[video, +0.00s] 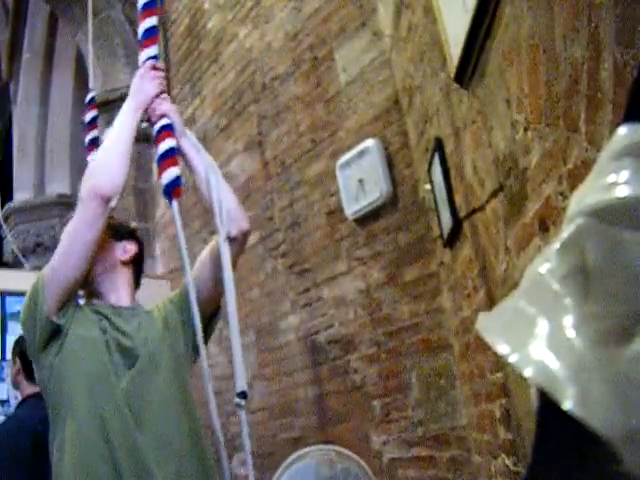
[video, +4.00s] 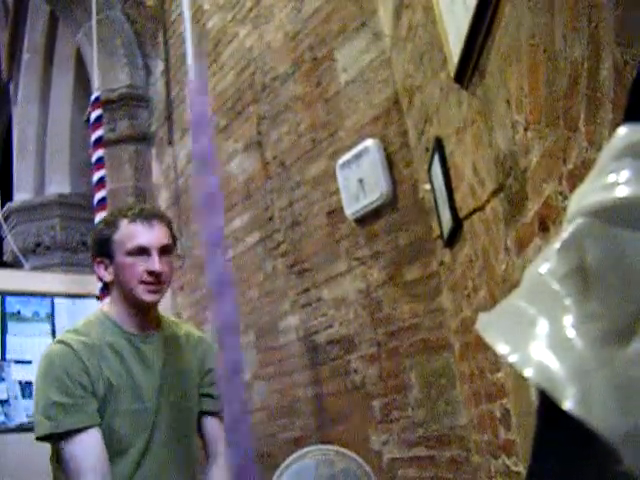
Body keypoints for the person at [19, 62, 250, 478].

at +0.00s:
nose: (84, 247)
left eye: (96, 237)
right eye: (83, 240)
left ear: (127, 250)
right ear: (72, 255)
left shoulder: (171, 322)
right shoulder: (53, 328)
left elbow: (234, 229)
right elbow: (98, 193)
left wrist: (179, 132)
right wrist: (134, 103)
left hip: (184, 470)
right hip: (86, 470)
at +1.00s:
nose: (96, 241)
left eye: (110, 233)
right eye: (96, 233)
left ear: (140, 251)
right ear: (83, 249)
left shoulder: (178, 325)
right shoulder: (61, 325)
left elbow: (240, 231)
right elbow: (107, 194)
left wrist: (189, 136)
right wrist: (144, 104)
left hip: (173, 470)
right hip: (85, 470)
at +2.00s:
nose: (101, 238)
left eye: (115, 230)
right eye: (102, 230)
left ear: (146, 245)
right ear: (88, 246)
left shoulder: (185, 320)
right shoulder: (66, 322)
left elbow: (248, 228)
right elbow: (112, 191)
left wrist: (193, 137)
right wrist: (145, 103)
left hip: (189, 470)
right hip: (92, 470)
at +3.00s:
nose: (153, 243)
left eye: (159, 232)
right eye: (141, 232)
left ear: (167, 243)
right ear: (96, 254)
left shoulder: (179, 332)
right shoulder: (63, 324)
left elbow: (251, 301)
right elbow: (127, 253)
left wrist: (195, 202)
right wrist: (144, 166)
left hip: (182, 471)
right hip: (93, 471)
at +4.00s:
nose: (157, 268)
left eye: (165, 253)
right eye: (139, 254)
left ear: (174, 261)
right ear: (104, 268)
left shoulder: (198, 349)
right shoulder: (69, 358)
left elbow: (222, 456)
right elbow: (92, 475)